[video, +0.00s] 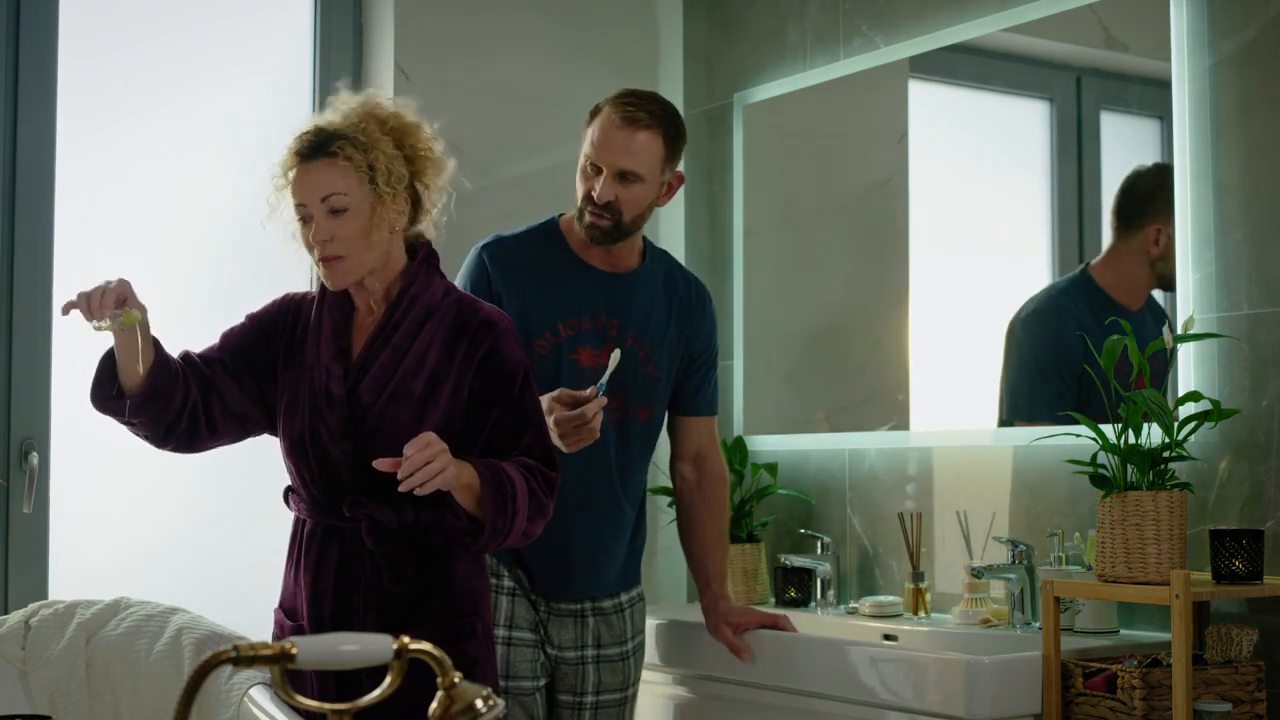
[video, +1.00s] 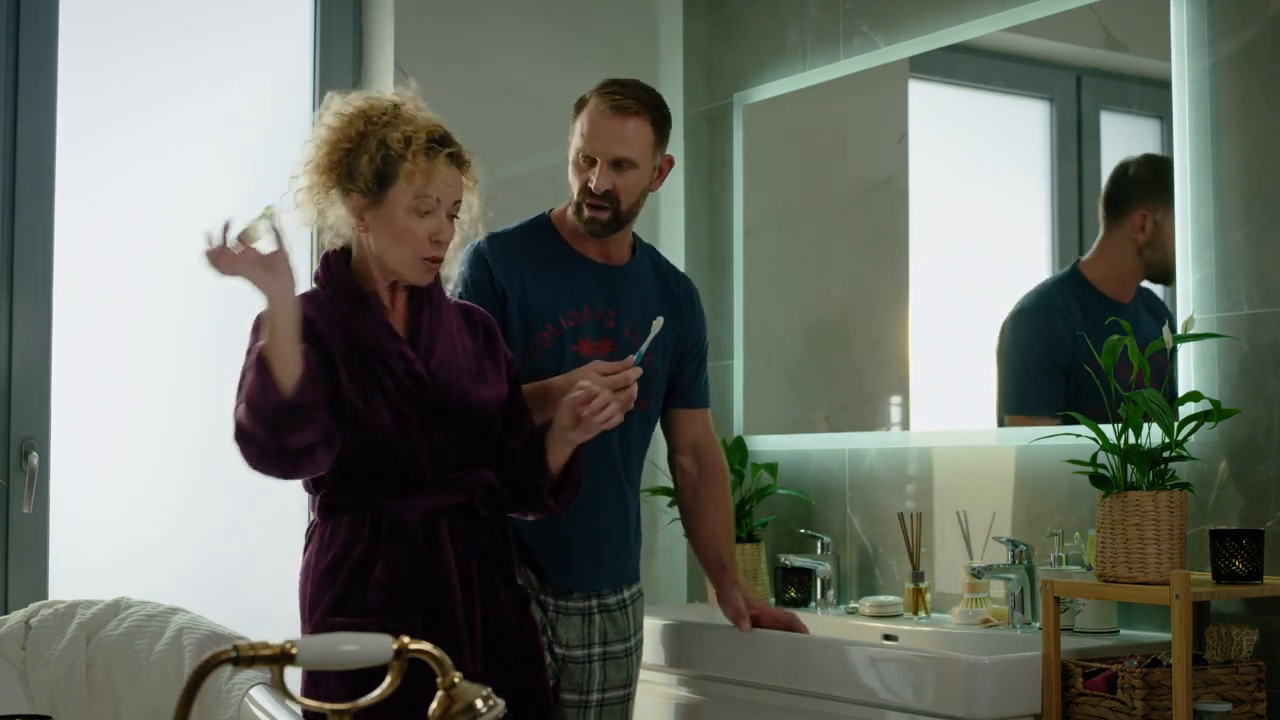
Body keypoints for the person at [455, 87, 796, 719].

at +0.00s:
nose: (600, 193)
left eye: (626, 179)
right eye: (592, 168)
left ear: (668, 187)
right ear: (579, 155)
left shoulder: (684, 301)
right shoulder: (500, 268)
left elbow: (697, 461)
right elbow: (453, 419)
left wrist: (715, 597)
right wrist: (534, 425)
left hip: (607, 583)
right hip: (499, 571)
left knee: (598, 710)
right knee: (501, 713)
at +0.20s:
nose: (598, 193)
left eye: (624, 178)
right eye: (590, 168)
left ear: (667, 184)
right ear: (576, 155)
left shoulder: (685, 300)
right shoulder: (499, 269)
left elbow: (698, 460)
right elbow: (452, 419)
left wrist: (715, 598)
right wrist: (532, 426)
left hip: (609, 583)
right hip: (499, 572)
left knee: (602, 711)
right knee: (501, 713)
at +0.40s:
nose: (598, 191)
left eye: (624, 176)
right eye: (589, 166)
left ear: (667, 182)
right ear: (576, 154)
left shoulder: (686, 300)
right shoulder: (500, 267)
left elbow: (699, 461)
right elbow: (452, 418)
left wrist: (716, 598)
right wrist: (535, 423)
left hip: (611, 585)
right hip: (500, 575)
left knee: (603, 711)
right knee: (500, 712)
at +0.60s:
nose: (600, 190)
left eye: (626, 174)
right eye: (591, 165)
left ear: (669, 180)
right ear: (577, 154)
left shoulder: (686, 300)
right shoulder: (500, 267)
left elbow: (698, 459)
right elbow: (451, 415)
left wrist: (717, 595)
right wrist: (542, 421)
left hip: (611, 588)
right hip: (501, 579)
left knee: (602, 712)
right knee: (503, 714)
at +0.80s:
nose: (599, 187)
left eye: (623, 172)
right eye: (589, 164)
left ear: (665, 177)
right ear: (574, 153)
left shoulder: (681, 297)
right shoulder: (499, 265)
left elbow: (697, 457)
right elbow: (454, 414)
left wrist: (720, 593)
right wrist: (548, 411)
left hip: (609, 594)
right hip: (496, 586)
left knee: (602, 712)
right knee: (494, 713)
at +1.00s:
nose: (597, 183)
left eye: (621, 166)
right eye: (586, 160)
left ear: (660, 171)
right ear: (569, 152)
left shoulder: (671, 295)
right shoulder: (495, 264)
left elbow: (695, 456)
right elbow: (454, 415)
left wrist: (730, 590)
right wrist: (551, 396)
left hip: (608, 590)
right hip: (499, 584)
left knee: (601, 713)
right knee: (499, 716)